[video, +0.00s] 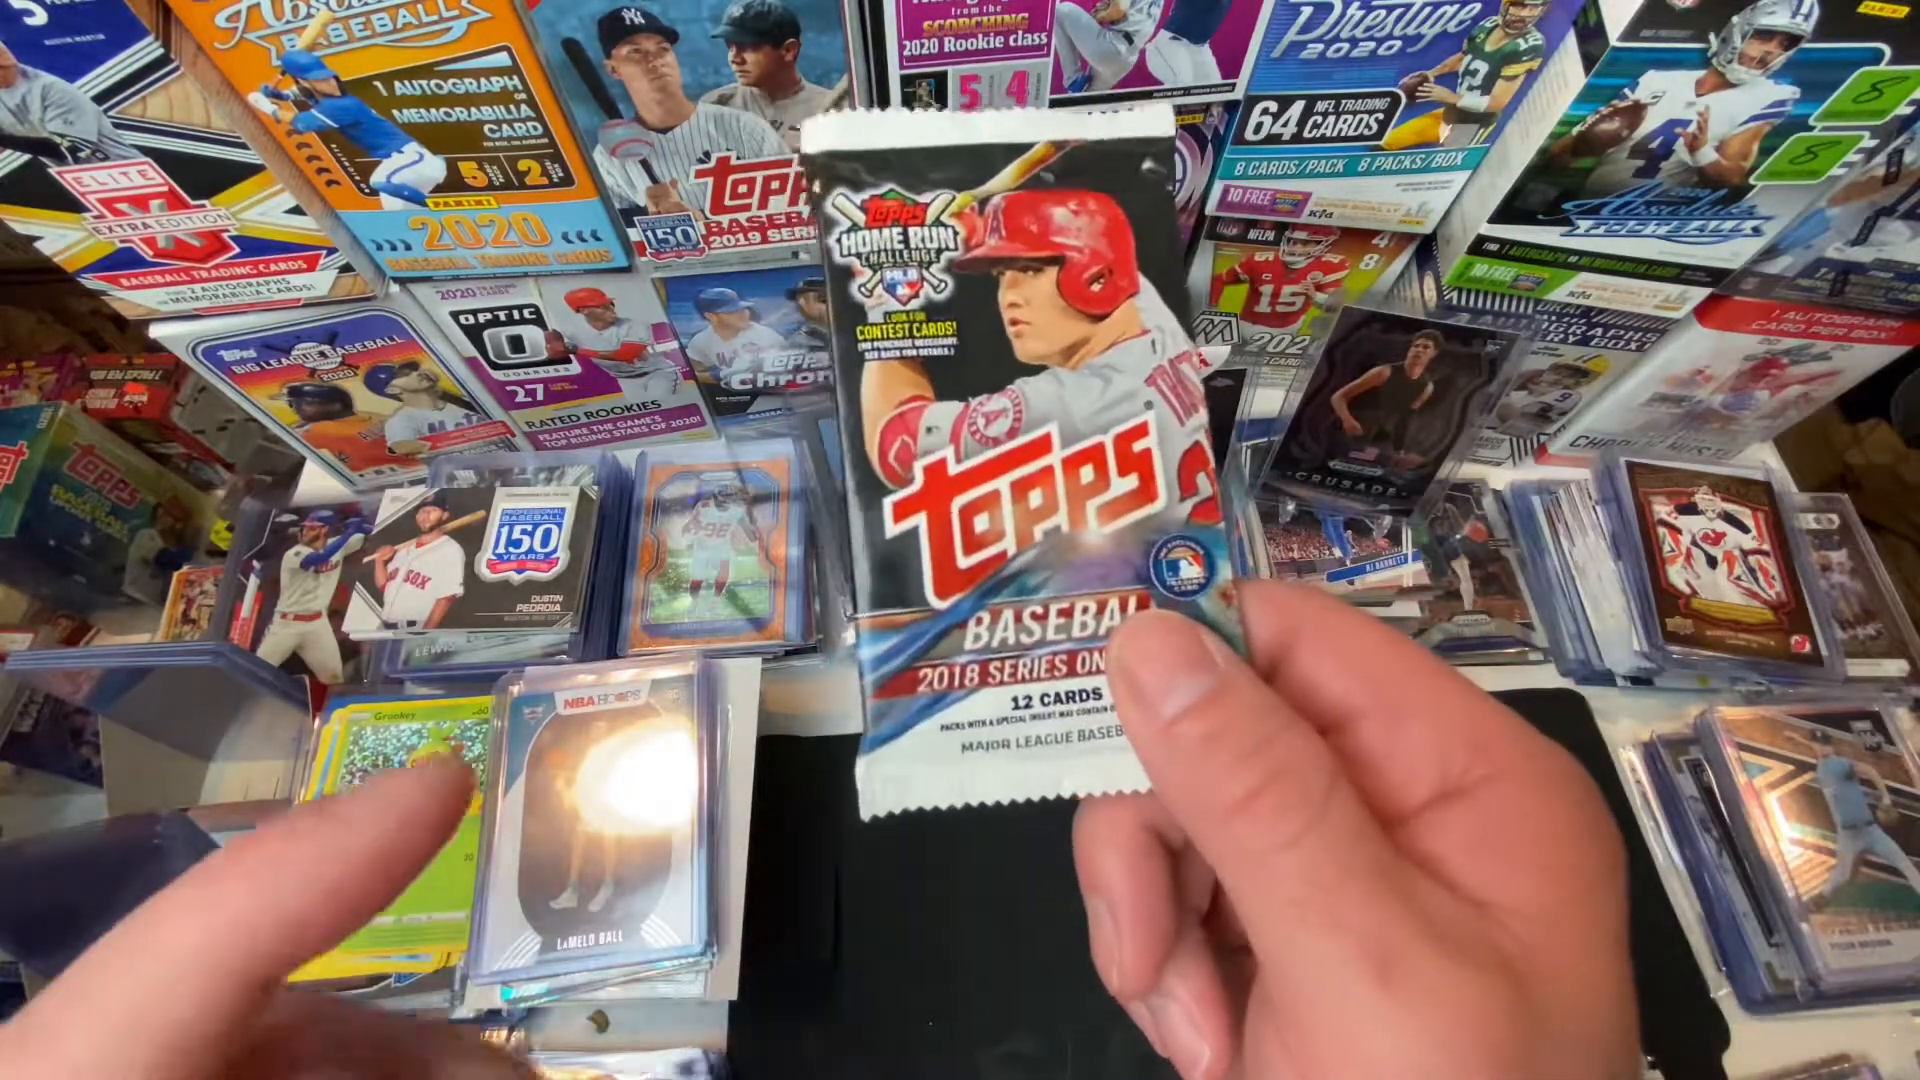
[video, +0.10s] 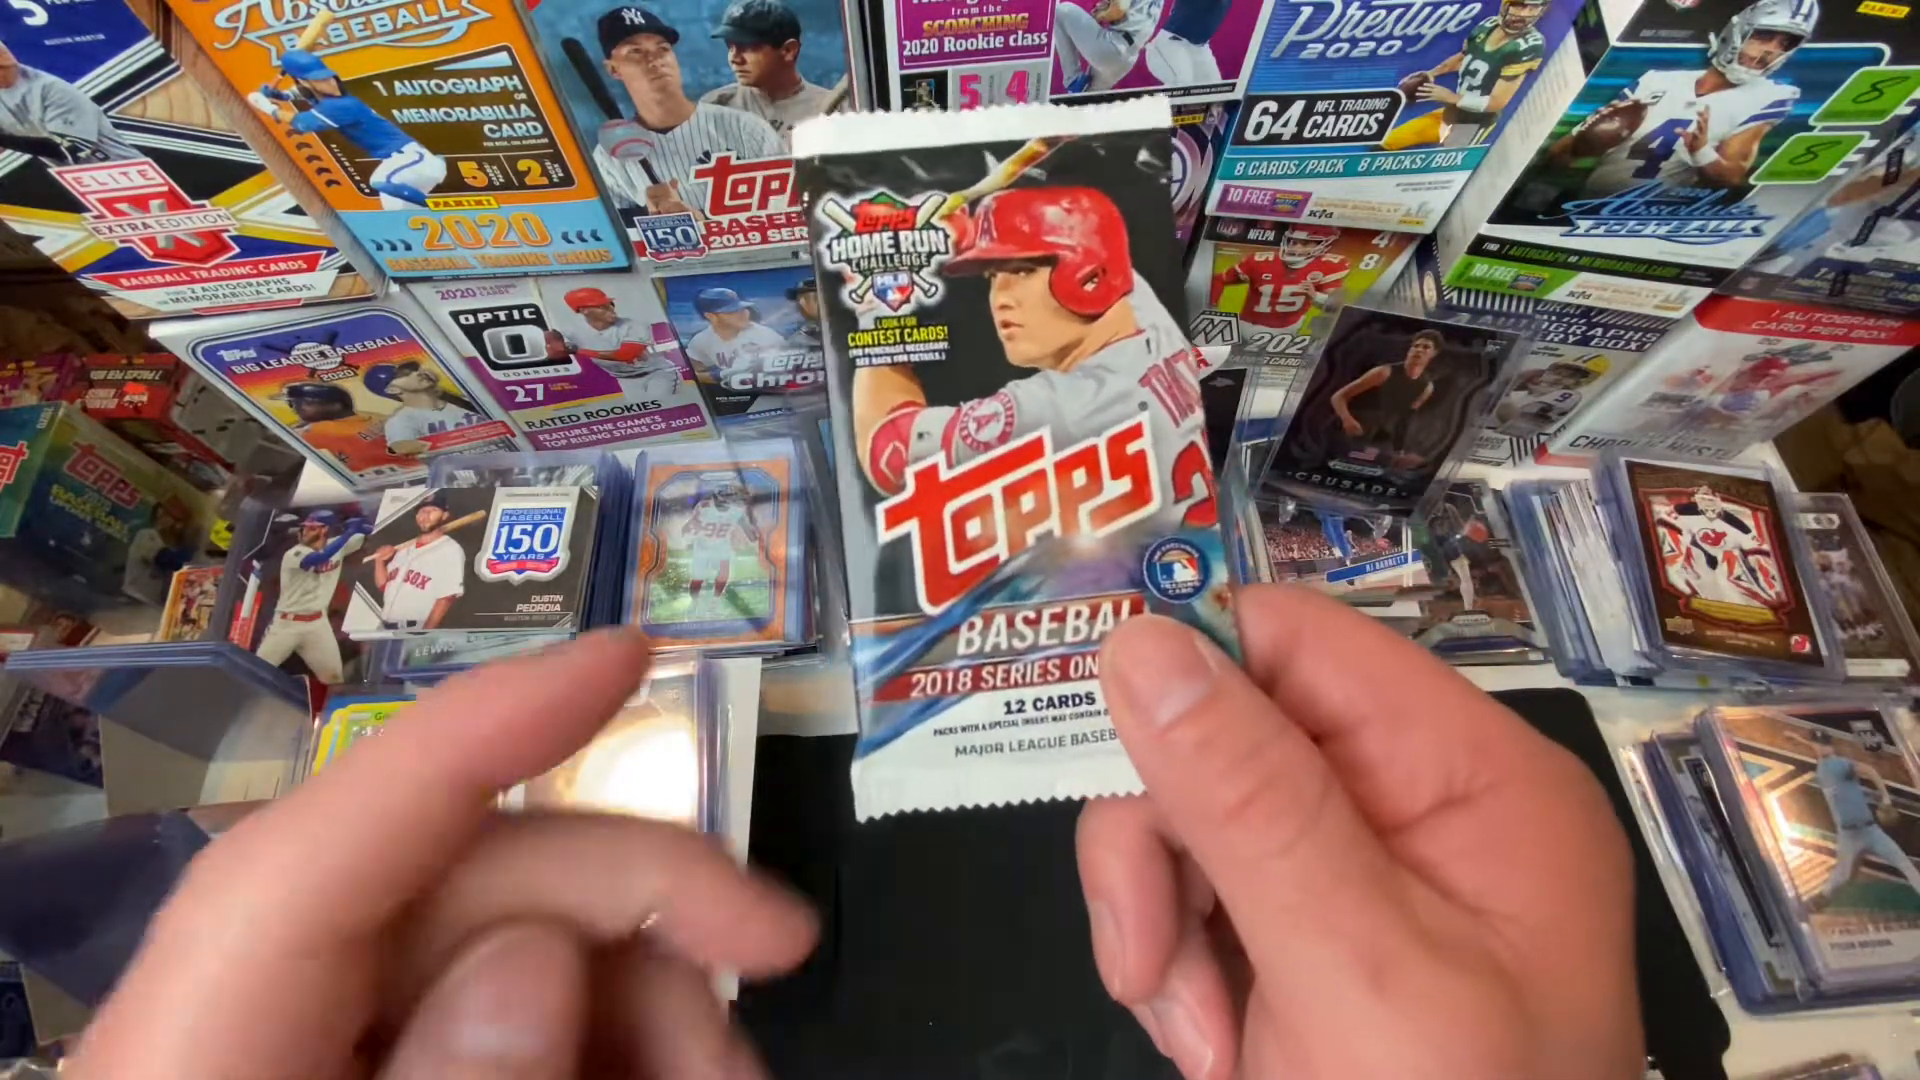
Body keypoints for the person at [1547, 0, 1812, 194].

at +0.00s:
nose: (1770, 52)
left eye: (1783, 46)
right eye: (1764, 38)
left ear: (1788, 57)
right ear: (1738, 33)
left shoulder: (1761, 102)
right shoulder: (1658, 82)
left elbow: (1736, 176)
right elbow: (1559, 155)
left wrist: (1701, 154)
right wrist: (1583, 138)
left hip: (1662, 223)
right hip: (1595, 205)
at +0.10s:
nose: (1770, 53)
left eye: (1783, 46)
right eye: (1764, 38)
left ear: (1788, 57)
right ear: (1737, 33)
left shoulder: (1762, 101)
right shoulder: (1658, 82)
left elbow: (1736, 175)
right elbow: (1557, 156)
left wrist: (1701, 154)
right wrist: (1582, 139)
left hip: (1662, 223)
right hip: (1595, 205)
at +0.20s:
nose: (1771, 51)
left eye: (1784, 45)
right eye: (1765, 37)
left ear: (1790, 56)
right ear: (1738, 33)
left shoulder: (1763, 101)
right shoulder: (1658, 83)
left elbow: (1736, 177)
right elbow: (1558, 155)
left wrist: (1702, 153)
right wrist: (1584, 138)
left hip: (1664, 224)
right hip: (1596, 207)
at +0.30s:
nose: (1771, 51)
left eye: (1784, 44)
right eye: (1765, 37)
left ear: (1790, 56)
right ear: (1738, 33)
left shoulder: (1763, 101)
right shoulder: (1658, 83)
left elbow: (1736, 177)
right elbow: (1558, 155)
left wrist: (1702, 153)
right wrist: (1584, 138)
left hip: (1664, 225)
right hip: (1596, 207)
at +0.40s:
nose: (1770, 52)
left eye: (1783, 45)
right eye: (1764, 37)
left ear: (1788, 56)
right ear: (1737, 32)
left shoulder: (1761, 101)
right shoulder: (1658, 82)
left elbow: (1736, 176)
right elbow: (1558, 155)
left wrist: (1702, 154)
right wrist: (1584, 137)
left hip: (1661, 223)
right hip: (1595, 205)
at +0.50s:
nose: (1770, 52)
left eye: (1783, 45)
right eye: (1764, 37)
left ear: (1788, 56)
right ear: (1737, 32)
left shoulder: (1761, 101)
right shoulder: (1658, 82)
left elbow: (1736, 176)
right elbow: (1558, 155)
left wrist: (1702, 154)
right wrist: (1584, 137)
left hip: (1661, 223)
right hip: (1595, 205)